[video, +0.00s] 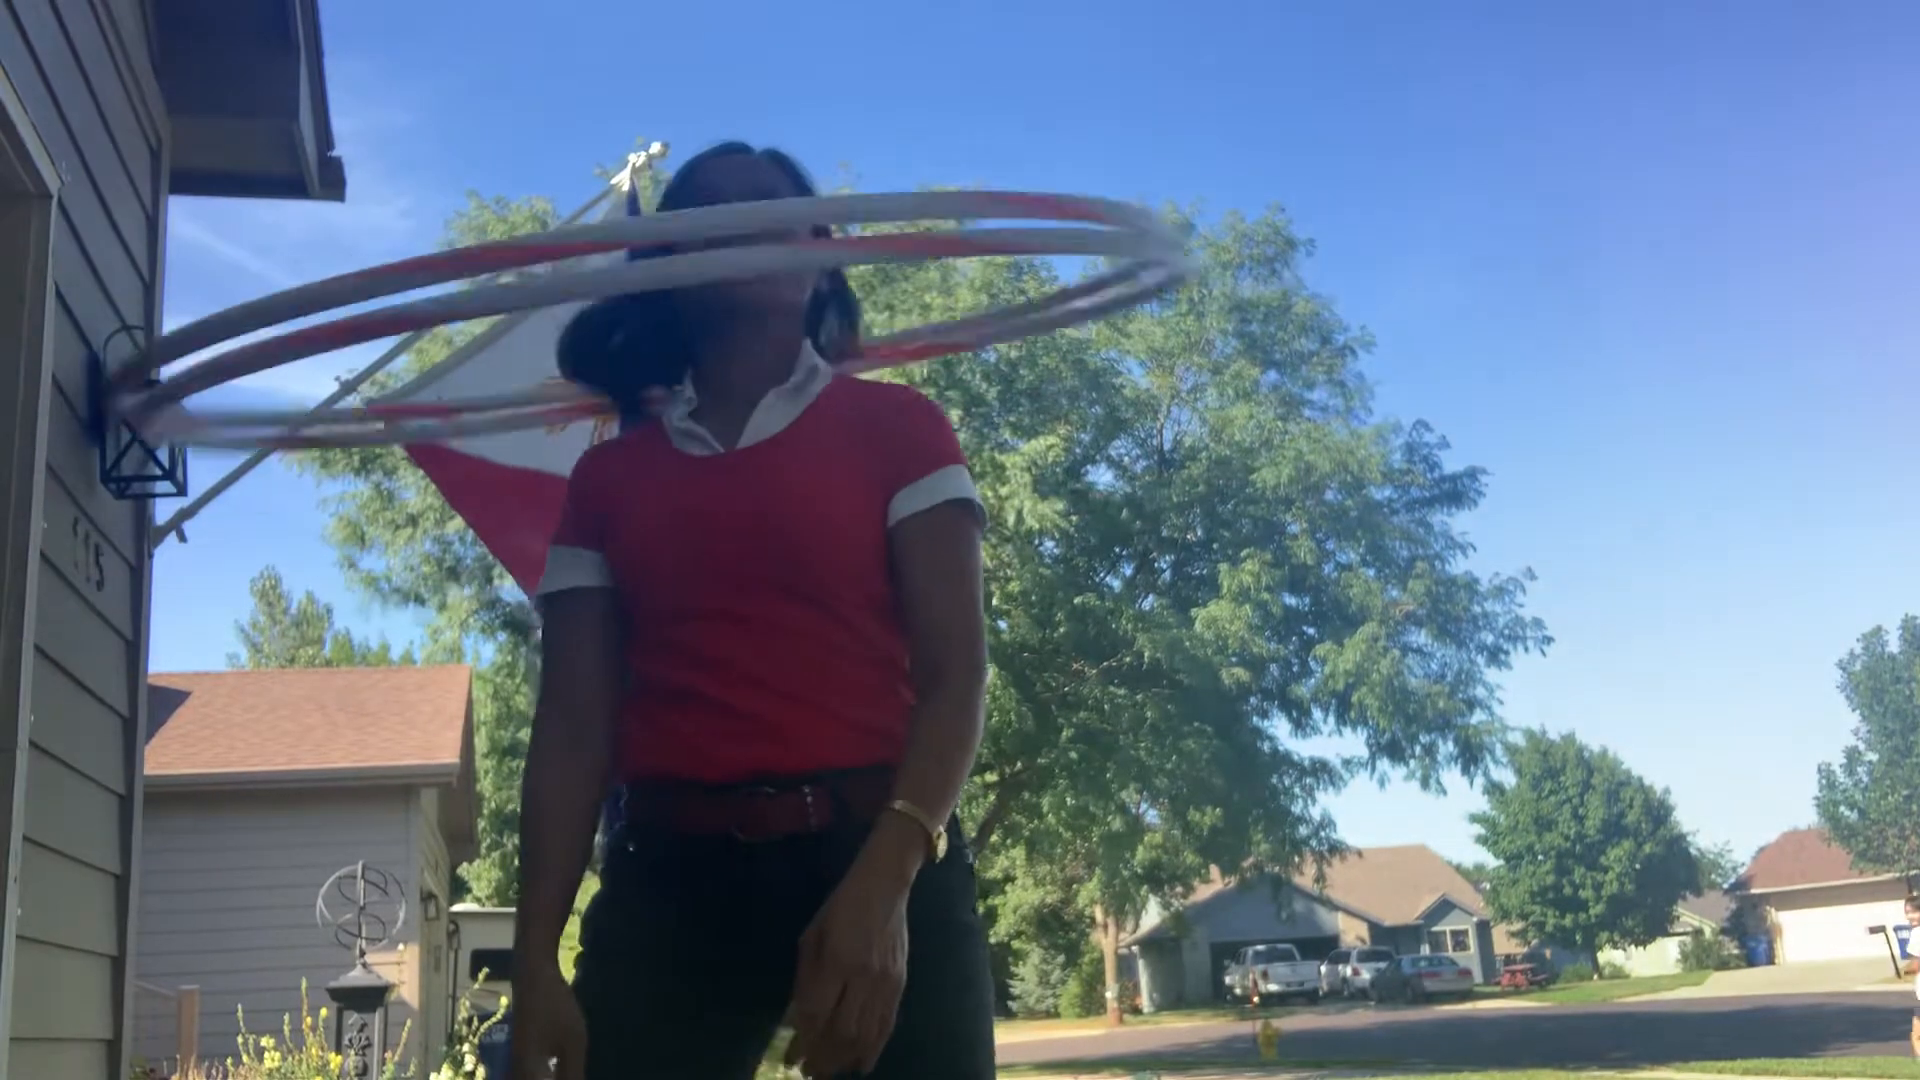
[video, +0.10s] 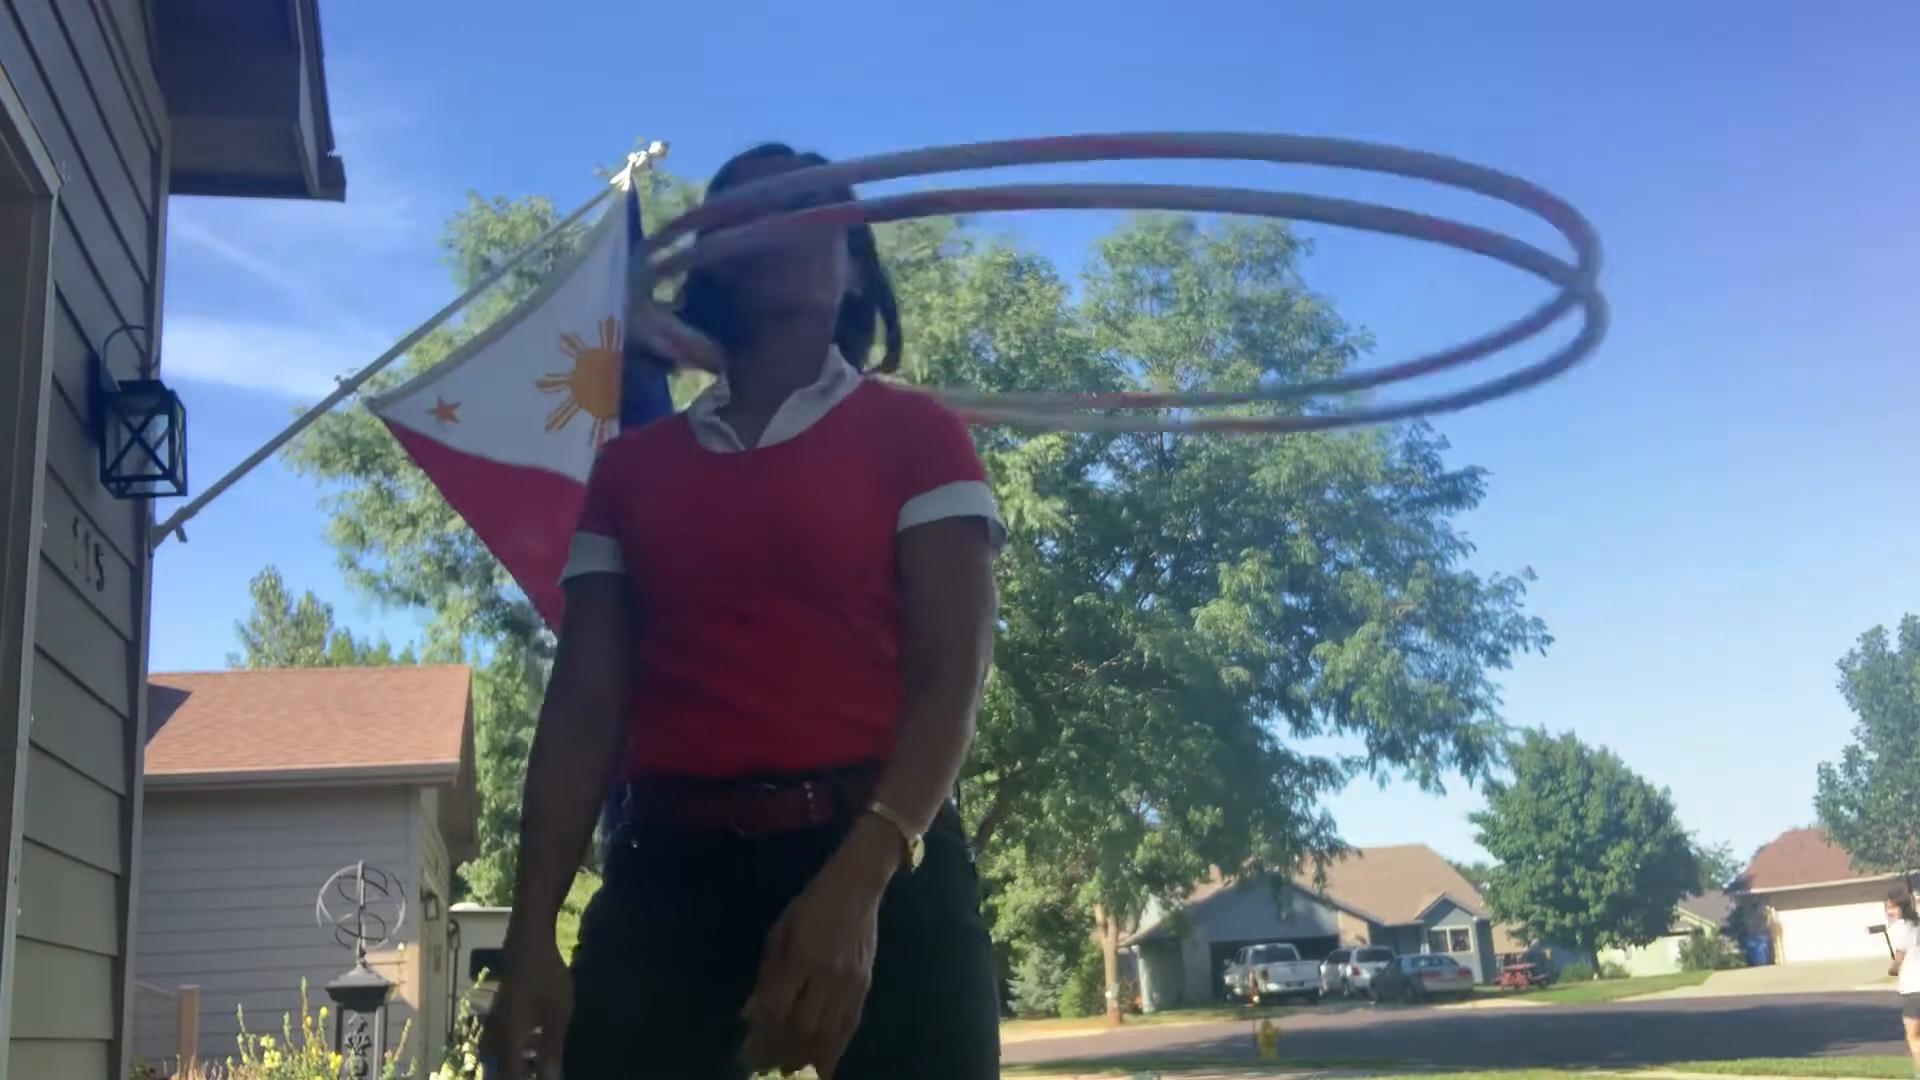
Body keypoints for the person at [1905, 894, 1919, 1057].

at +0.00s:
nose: (1909, 916)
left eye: (1912, 912)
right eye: (1908, 912)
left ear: (1918, 912)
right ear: (1906, 913)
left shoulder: (1916, 933)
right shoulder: (1914, 932)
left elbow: (1915, 965)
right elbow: (1914, 963)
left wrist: (1904, 970)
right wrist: (1906, 968)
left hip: (1918, 994)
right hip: (1917, 994)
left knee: (1916, 1034)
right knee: (1915, 1034)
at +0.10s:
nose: (1889, 912)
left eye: (1893, 907)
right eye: (1887, 907)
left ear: (1903, 907)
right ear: (1888, 907)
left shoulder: (1900, 927)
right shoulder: (1911, 924)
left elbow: (1900, 953)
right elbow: (1903, 952)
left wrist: (1895, 967)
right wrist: (1897, 966)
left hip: (1912, 989)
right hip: (1912, 988)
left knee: (1912, 1036)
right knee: (1912, 1035)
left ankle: (1917, 1071)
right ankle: (1916, 1071)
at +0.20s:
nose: (1870, 910)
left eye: (1873, 906)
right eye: (1869, 906)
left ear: (1884, 906)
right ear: (1890, 907)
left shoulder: (1881, 924)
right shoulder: (1907, 924)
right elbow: (1911, 947)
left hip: (1901, 984)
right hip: (1915, 981)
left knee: (1907, 1032)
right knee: (1912, 1029)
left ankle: (1918, 1070)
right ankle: (1911, 1071)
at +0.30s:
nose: (1855, 915)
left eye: (1857, 910)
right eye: (1854, 911)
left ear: (1867, 909)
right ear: (1871, 910)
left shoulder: (1867, 930)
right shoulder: (1891, 927)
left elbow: (1867, 960)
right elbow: (1907, 949)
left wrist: (1863, 969)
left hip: (1890, 985)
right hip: (1908, 982)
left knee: (1898, 1030)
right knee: (1904, 1030)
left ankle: (1916, 1071)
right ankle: (1915, 1070)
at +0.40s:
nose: (1842, 920)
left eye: (1844, 916)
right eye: (1841, 916)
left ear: (1852, 915)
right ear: (1859, 913)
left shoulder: (1853, 933)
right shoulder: (1880, 928)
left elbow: (1857, 961)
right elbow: (1900, 949)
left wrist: (1853, 969)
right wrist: (1892, 964)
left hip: (1878, 988)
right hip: (1896, 985)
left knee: (1886, 1035)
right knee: (1884, 1032)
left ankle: (1912, 1071)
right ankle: (1900, 1072)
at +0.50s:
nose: (1827, 920)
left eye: (1829, 915)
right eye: (1827, 915)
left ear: (1838, 915)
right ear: (1846, 914)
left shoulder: (1840, 934)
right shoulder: (1865, 930)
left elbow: (1844, 964)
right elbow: (1883, 954)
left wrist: (1838, 970)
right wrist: (1866, 963)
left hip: (1865, 987)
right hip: (1884, 984)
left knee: (1863, 1034)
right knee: (1871, 1028)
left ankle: (1894, 1061)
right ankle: (1885, 1067)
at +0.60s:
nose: (1812, 919)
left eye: (1813, 915)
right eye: (1811, 915)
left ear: (1822, 915)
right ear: (1830, 913)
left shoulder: (1826, 934)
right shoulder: (1847, 930)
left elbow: (1831, 964)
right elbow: (1868, 952)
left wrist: (1823, 969)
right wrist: (1849, 962)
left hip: (1852, 987)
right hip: (1870, 983)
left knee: (1837, 1027)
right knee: (1854, 1026)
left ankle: (1867, 1065)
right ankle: (1867, 1068)